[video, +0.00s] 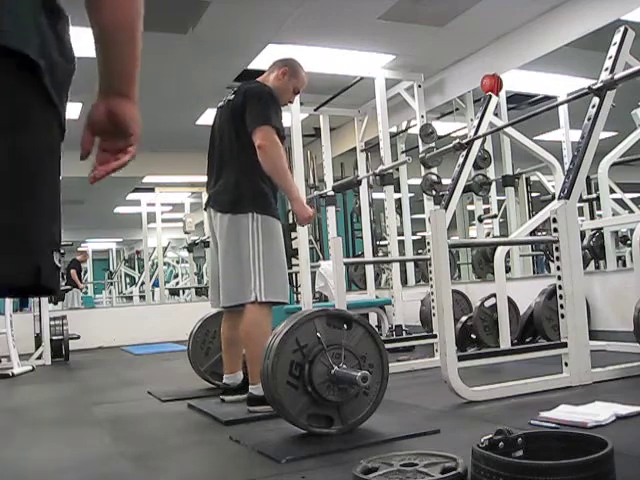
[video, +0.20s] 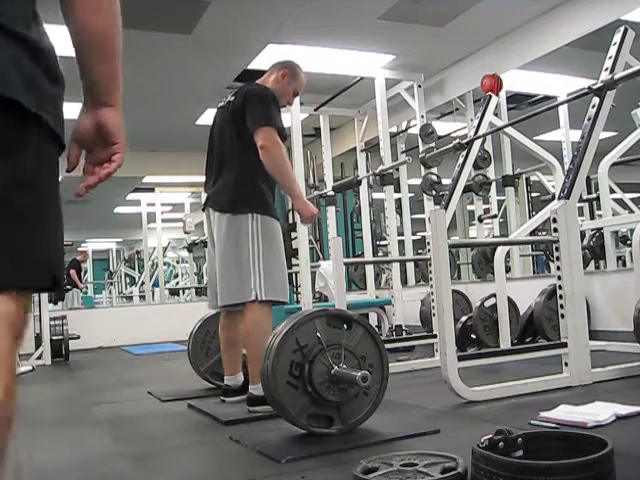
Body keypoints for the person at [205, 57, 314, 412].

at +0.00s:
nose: (292, 99)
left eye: (296, 95)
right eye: (294, 91)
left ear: (271, 72)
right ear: (280, 73)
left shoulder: (230, 103)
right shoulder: (260, 93)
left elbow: (221, 162)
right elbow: (265, 140)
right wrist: (297, 199)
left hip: (222, 207)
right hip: (249, 207)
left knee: (233, 302)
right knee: (259, 301)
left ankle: (232, 383)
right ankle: (260, 390)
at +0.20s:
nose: (291, 101)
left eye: (295, 98)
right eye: (293, 93)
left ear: (269, 73)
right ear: (279, 75)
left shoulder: (227, 106)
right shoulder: (260, 94)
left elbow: (211, 173)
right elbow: (266, 141)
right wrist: (298, 198)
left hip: (221, 208)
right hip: (248, 207)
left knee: (231, 303)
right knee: (259, 300)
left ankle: (233, 384)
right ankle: (260, 391)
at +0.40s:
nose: (292, 102)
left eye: (295, 98)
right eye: (294, 94)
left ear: (270, 75)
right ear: (279, 76)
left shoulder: (229, 106)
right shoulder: (257, 95)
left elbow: (217, 167)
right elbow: (261, 142)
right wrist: (297, 199)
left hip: (221, 207)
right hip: (247, 206)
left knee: (233, 302)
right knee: (261, 298)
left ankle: (232, 382)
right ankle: (260, 388)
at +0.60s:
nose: (292, 100)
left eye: (295, 96)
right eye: (294, 92)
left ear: (271, 73)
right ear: (280, 74)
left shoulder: (230, 106)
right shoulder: (259, 95)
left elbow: (219, 167)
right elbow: (264, 142)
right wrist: (298, 199)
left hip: (221, 208)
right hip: (249, 207)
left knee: (234, 302)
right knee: (261, 299)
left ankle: (233, 384)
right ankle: (259, 390)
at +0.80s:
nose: (294, 100)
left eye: (298, 95)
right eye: (296, 91)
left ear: (272, 73)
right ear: (281, 74)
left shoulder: (231, 105)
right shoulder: (260, 94)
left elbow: (219, 165)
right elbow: (268, 140)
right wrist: (301, 196)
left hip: (220, 207)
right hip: (249, 206)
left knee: (232, 302)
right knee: (260, 299)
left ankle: (233, 383)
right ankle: (259, 390)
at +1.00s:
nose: (298, 103)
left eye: (303, 99)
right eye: (301, 94)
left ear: (277, 76)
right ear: (285, 77)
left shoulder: (237, 104)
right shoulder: (263, 95)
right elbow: (272, 137)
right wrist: (303, 196)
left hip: (220, 207)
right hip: (245, 208)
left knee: (234, 302)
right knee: (259, 301)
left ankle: (233, 383)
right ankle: (260, 389)